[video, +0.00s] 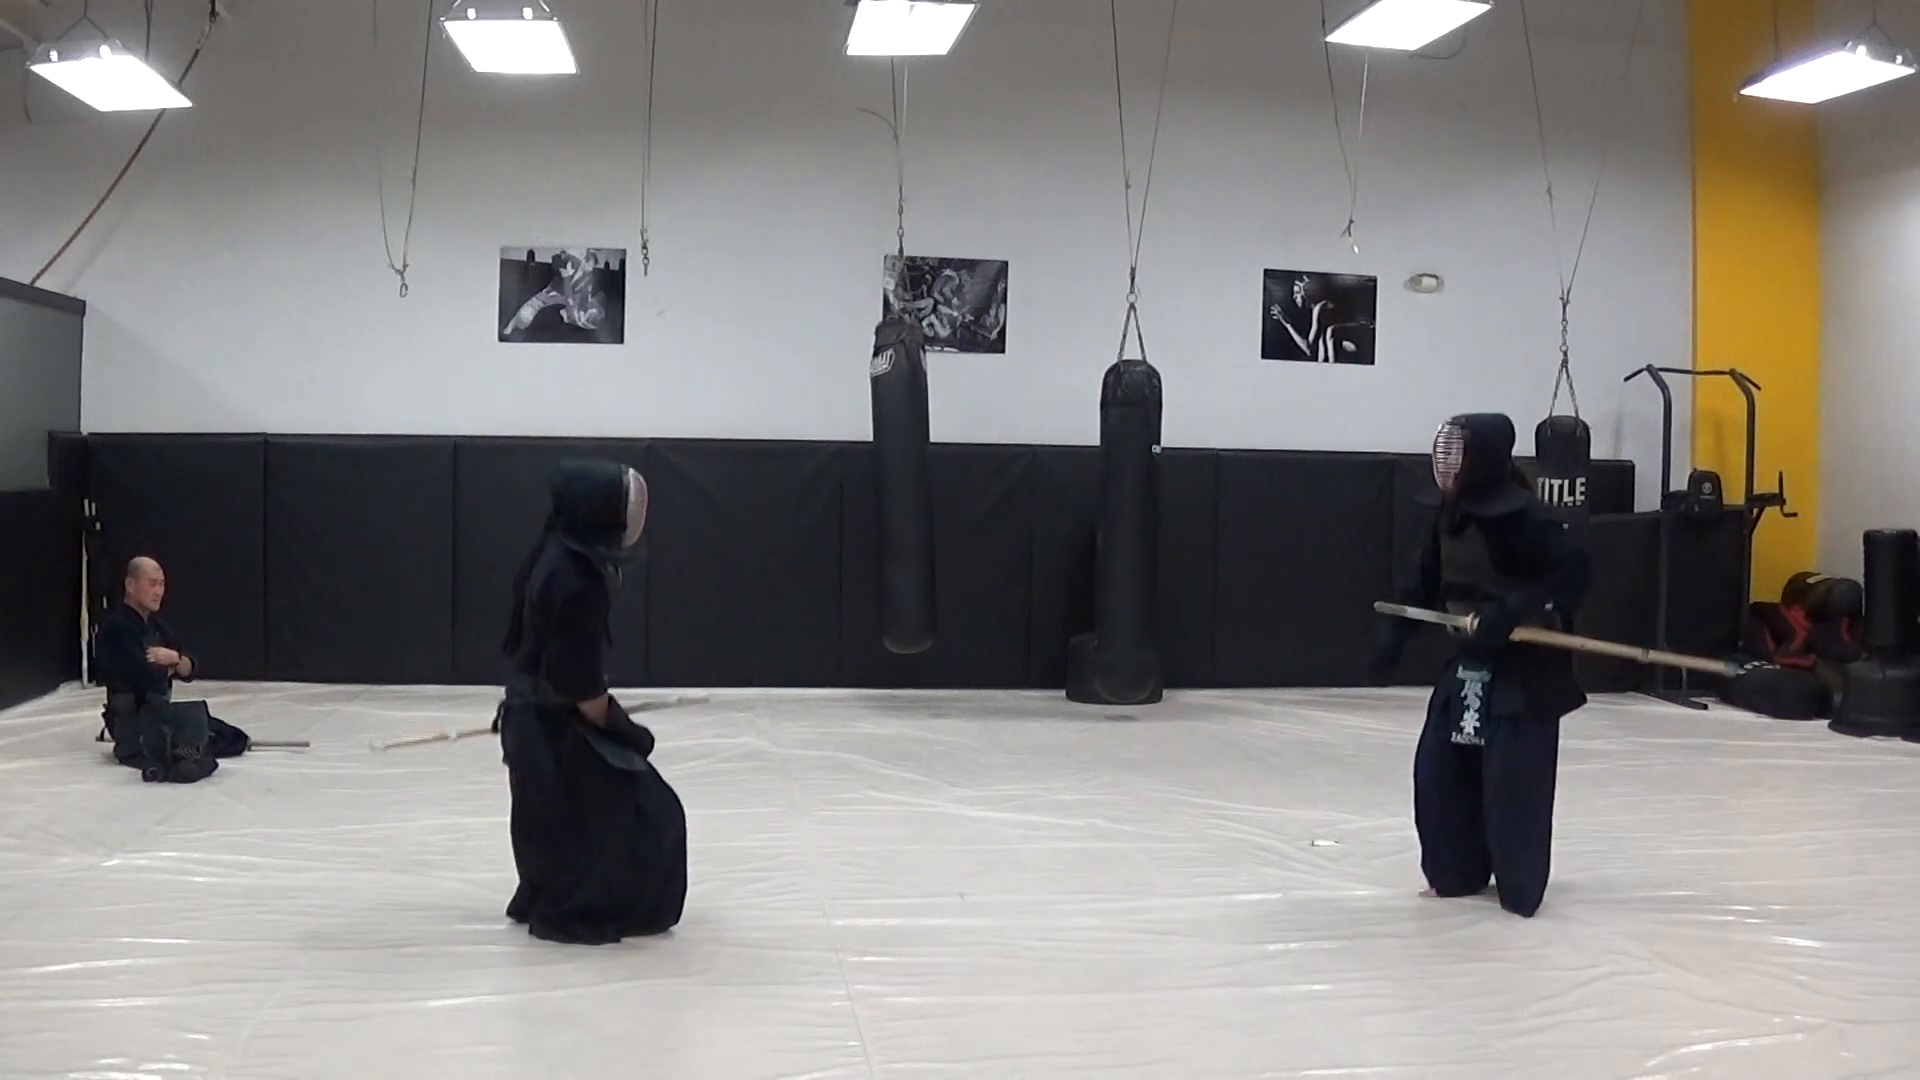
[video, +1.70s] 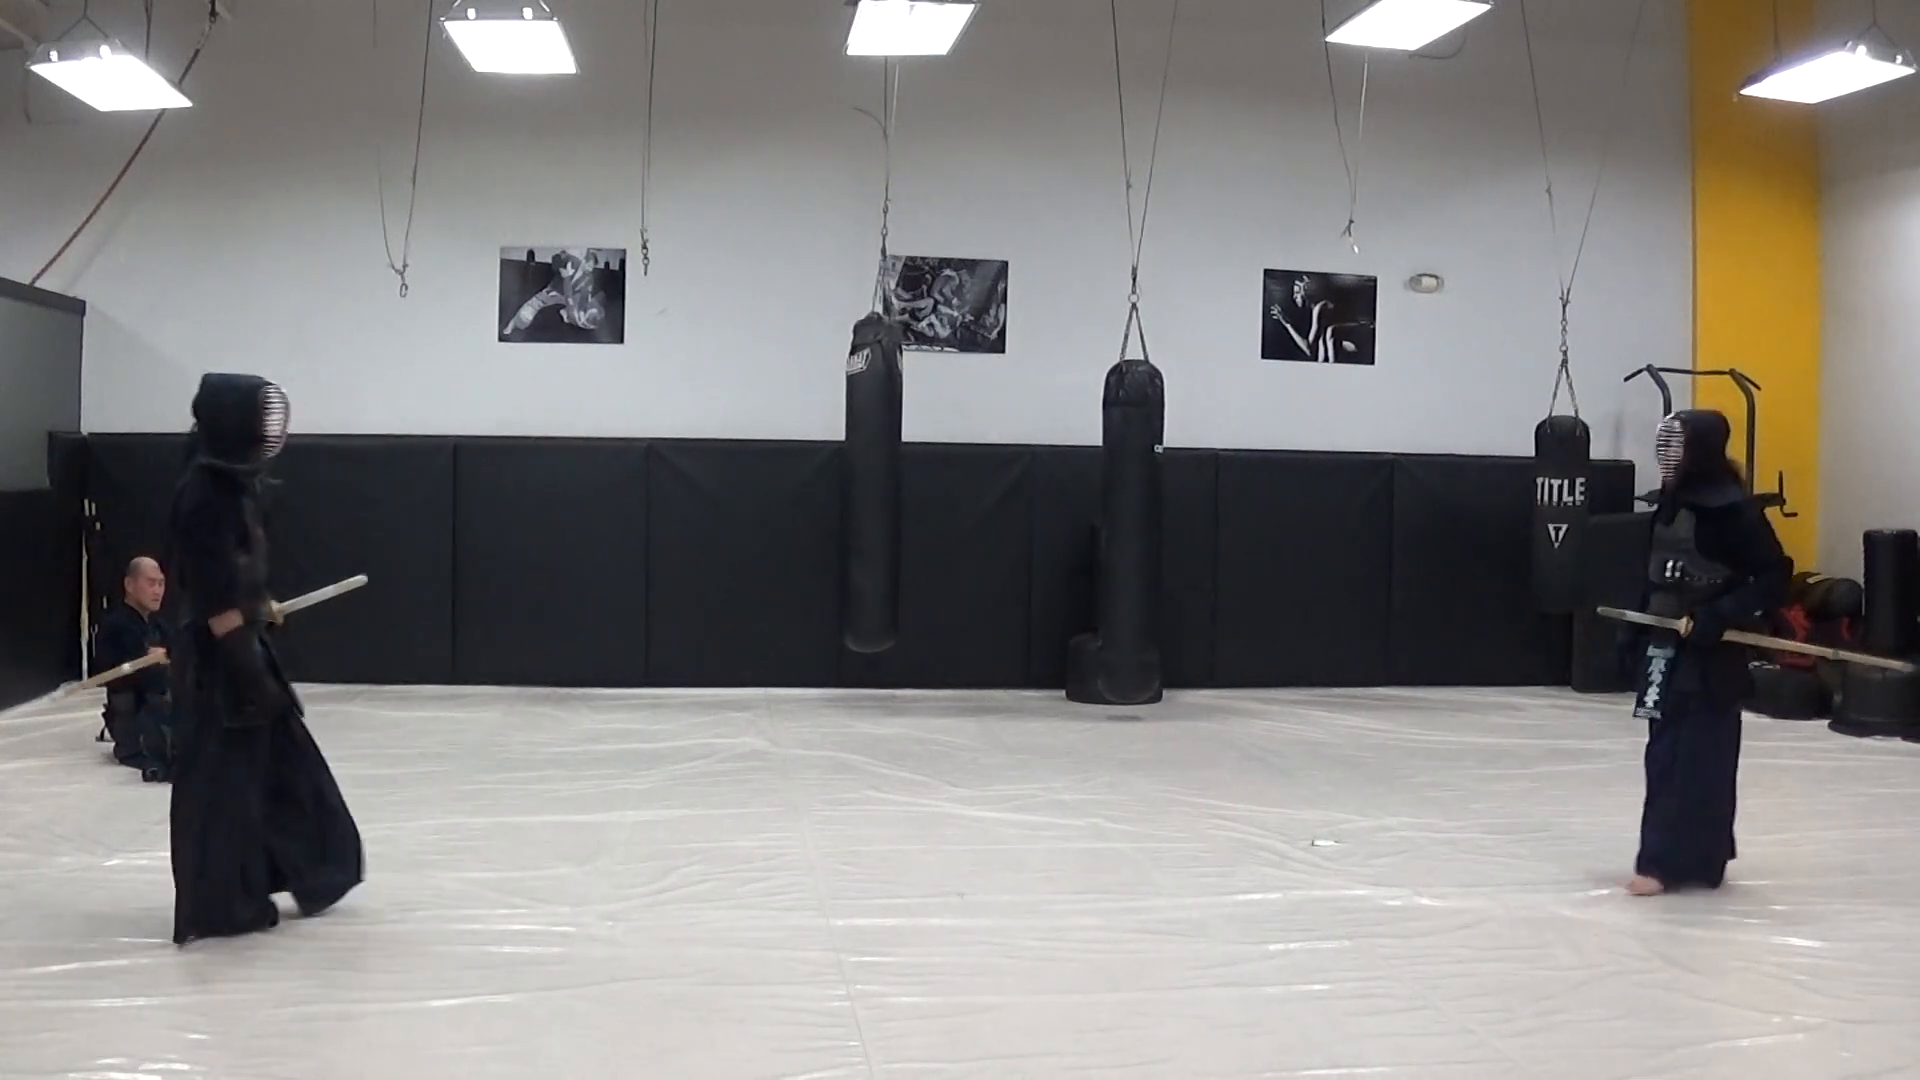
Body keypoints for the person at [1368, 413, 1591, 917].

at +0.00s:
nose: (1443, 465)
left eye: (1453, 455)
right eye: (1441, 454)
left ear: (1483, 459)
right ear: (1439, 457)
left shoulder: (1522, 516)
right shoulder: (1448, 516)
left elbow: (1572, 575)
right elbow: (1427, 587)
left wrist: (1506, 614)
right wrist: (1393, 640)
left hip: (1523, 666)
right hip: (1465, 663)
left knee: (1514, 778)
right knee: (1440, 768)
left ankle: (1521, 888)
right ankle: (1457, 875)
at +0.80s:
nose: (1508, 452)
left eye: (1520, 443)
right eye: (1507, 441)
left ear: (1548, 449)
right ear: (1504, 443)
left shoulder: (1579, 507)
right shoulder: (1508, 505)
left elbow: (1617, 576)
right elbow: (1491, 578)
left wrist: (1556, 609)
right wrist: (1471, 640)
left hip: (1554, 655)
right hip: (1500, 651)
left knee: (1546, 763)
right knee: (1477, 759)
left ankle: (1590, 863)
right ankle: (1477, 870)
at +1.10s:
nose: (1569, 456)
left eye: (1579, 446)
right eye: (1566, 445)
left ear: (1605, 450)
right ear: (1563, 448)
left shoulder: (1639, 509)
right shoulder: (1566, 505)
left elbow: (1674, 579)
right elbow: (1563, 576)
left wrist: (1616, 612)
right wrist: (1549, 631)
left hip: (1618, 656)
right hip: (1561, 648)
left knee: (1608, 763)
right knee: (1530, 752)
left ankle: (1606, 876)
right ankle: (1508, 864)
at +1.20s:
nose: (1583, 453)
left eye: (1593, 444)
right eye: (1583, 443)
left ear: (1620, 449)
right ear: (1587, 444)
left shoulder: (1655, 509)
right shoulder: (1586, 502)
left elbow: (1684, 582)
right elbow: (1575, 575)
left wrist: (1632, 611)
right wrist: (1559, 639)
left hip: (1630, 654)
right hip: (1576, 648)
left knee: (1616, 758)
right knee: (1551, 744)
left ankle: (1610, 874)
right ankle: (1554, 862)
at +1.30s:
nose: (1602, 452)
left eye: (1611, 443)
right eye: (1602, 442)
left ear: (1638, 449)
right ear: (1612, 444)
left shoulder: (1674, 510)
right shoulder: (1602, 504)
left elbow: (1702, 581)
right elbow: (1587, 578)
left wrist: (1647, 614)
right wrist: (1568, 646)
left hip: (1644, 654)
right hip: (1593, 648)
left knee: (1629, 757)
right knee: (1571, 747)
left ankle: (1626, 877)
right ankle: (1594, 868)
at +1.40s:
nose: (1620, 456)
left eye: (1630, 447)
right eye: (1619, 446)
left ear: (1658, 453)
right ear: (1618, 447)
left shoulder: (1691, 511)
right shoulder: (1618, 504)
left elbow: (1722, 587)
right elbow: (1603, 582)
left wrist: (1664, 617)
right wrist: (1578, 645)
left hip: (1662, 651)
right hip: (1613, 644)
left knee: (1639, 755)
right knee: (1604, 745)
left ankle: (1615, 875)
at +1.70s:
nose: (1664, 456)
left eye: (1673, 447)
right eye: (1663, 446)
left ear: (1700, 450)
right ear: (1670, 450)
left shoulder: (1733, 507)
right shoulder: (1672, 504)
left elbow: (1774, 577)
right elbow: (1654, 578)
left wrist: (1713, 616)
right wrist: (1637, 632)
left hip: (1709, 653)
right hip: (1670, 648)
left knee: (1679, 755)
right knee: (1682, 753)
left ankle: (1660, 866)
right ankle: (1700, 861)